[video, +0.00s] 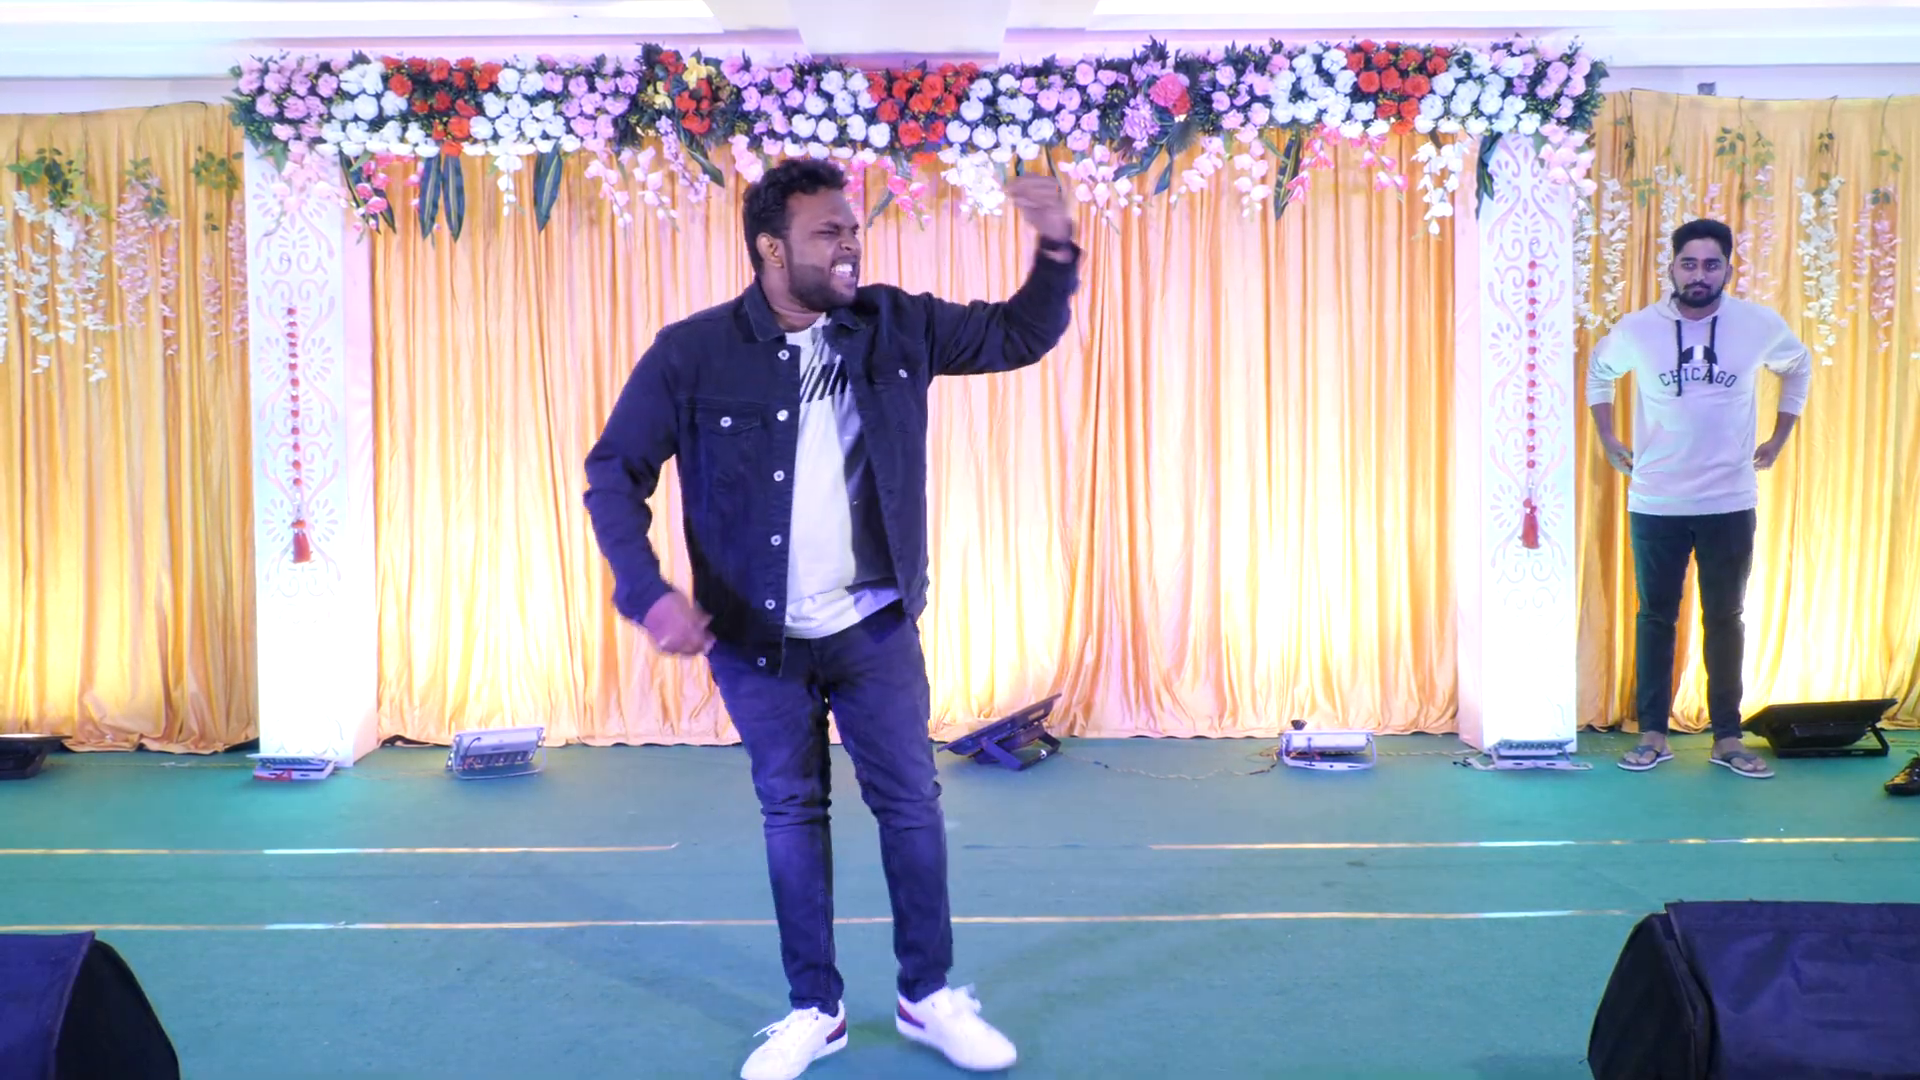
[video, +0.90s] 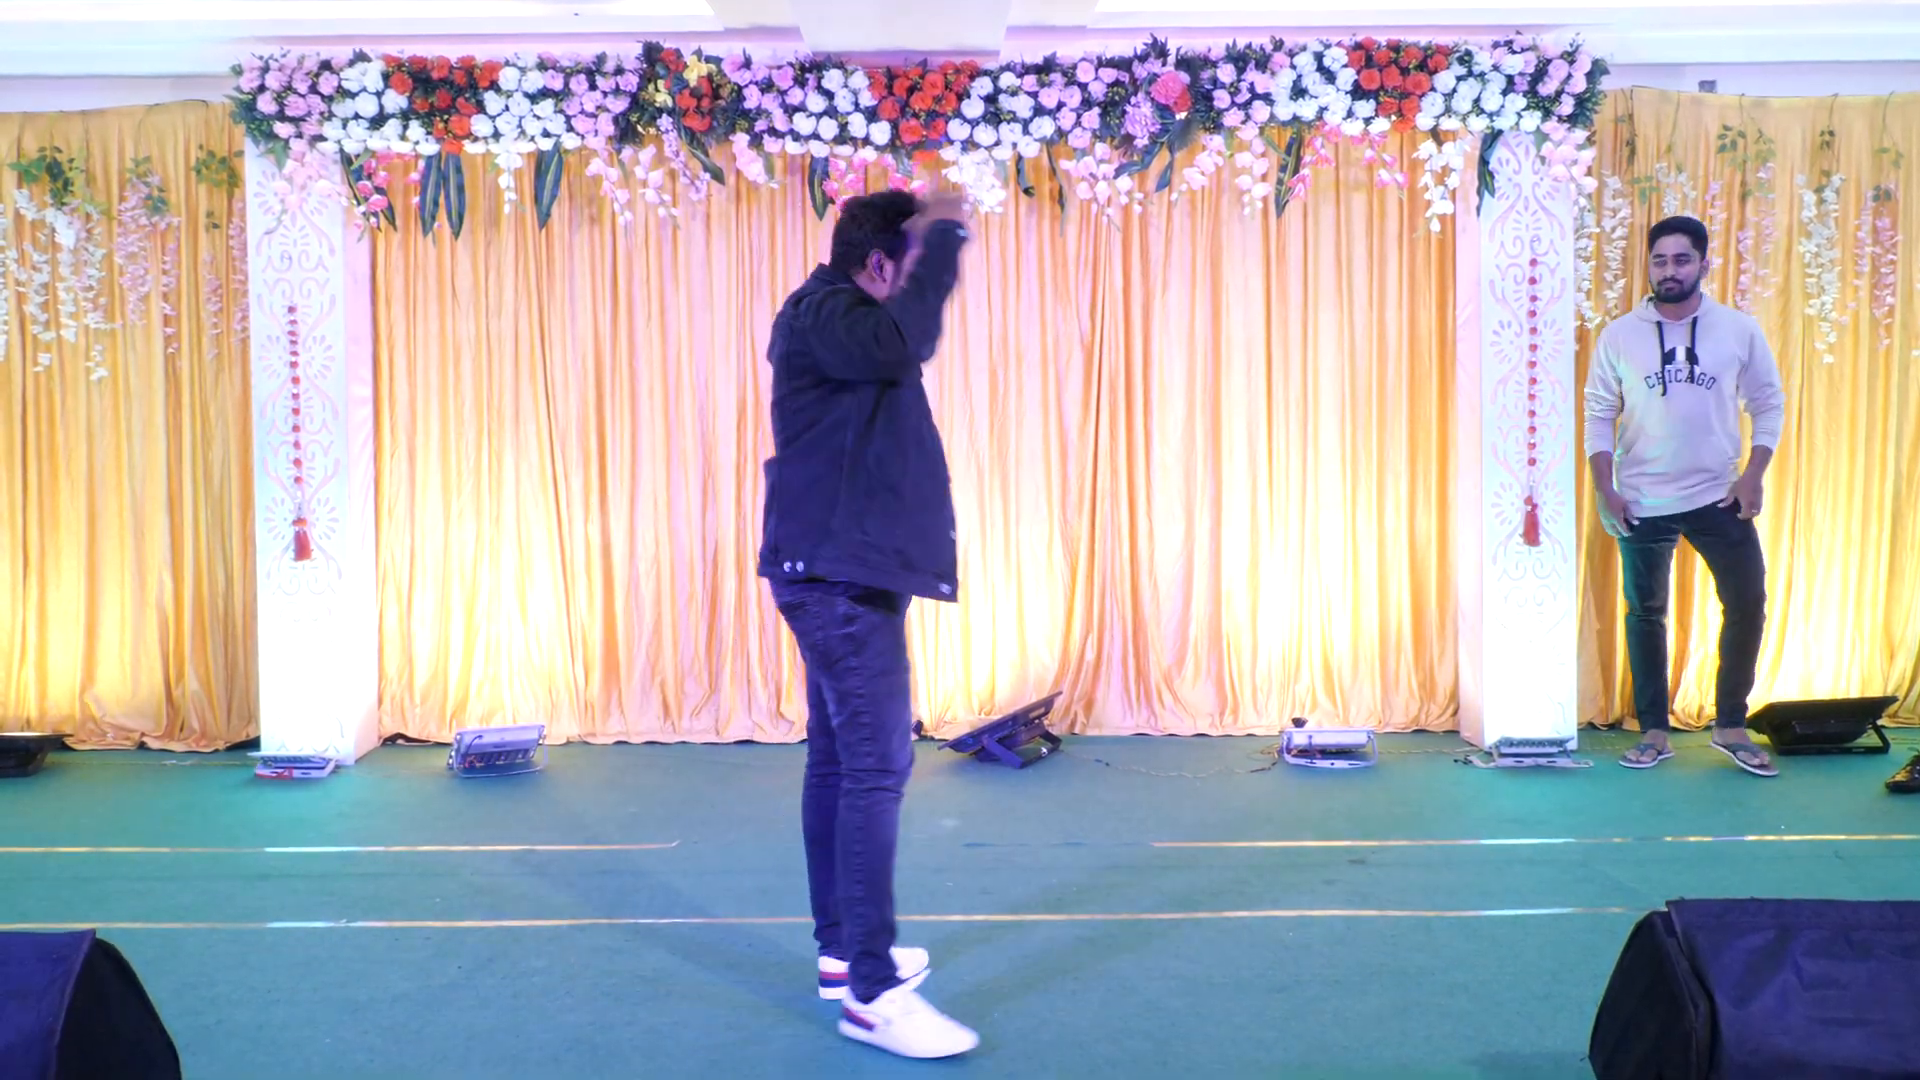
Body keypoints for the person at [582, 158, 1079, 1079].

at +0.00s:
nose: (852, 249)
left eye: (855, 232)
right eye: (830, 235)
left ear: (859, 236)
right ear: (768, 248)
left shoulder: (898, 325)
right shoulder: (693, 353)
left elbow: (1018, 334)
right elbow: (613, 475)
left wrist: (1056, 252)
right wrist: (648, 595)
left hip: (876, 623)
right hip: (758, 638)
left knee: (912, 801)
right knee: (792, 815)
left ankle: (928, 993)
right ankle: (814, 1007)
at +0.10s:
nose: (857, 252)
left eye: (860, 235)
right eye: (836, 239)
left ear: (860, 235)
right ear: (773, 247)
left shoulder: (890, 321)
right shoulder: (697, 350)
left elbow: (1015, 320)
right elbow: (615, 467)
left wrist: (986, 226)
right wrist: (699, 533)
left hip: (873, 611)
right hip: (760, 627)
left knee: (908, 793)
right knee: (792, 808)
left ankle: (905, 960)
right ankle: (815, 1006)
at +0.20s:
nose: (867, 261)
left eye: (870, 244)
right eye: (848, 245)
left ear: (872, 243)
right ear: (785, 249)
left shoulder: (884, 317)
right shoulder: (716, 345)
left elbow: (999, 296)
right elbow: (629, 459)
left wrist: (923, 220)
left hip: (874, 613)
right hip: (770, 630)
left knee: (891, 781)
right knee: (790, 806)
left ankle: (866, 934)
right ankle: (812, 1004)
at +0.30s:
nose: (878, 269)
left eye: (883, 252)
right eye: (860, 253)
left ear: (881, 252)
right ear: (809, 251)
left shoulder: (889, 319)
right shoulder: (744, 327)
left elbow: (976, 278)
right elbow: (686, 394)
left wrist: (898, 223)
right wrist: (783, 285)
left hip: (869, 615)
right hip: (780, 624)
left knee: (861, 781)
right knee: (791, 803)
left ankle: (845, 928)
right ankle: (809, 1002)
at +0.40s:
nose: (889, 289)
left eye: (898, 273)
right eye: (876, 273)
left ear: (891, 267)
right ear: (827, 263)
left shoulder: (878, 325)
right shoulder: (759, 326)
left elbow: (945, 263)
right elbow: (748, 291)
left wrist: (869, 210)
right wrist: (820, 215)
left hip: (860, 604)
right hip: (784, 608)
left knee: (842, 777)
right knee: (796, 796)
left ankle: (838, 933)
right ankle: (810, 999)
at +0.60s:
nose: (922, 303)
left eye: (928, 285)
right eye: (913, 284)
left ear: (902, 277)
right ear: (863, 271)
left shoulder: (884, 348)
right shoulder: (793, 327)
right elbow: (823, 243)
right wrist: (847, 238)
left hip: (855, 595)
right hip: (798, 595)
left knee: (842, 781)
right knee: (804, 795)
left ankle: (852, 951)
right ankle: (810, 998)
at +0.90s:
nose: (923, 286)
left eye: (925, 270)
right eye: (916, 267)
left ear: (868, 261)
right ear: (878, 260)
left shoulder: (828, 310)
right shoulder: (831, 311)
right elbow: (897, 346)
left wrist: (934, 235)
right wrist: (944, 242)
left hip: (826, 575)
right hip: (843, 577)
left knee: (838, 759)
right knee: (878, 766)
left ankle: (842, 948)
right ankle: (872, 986)